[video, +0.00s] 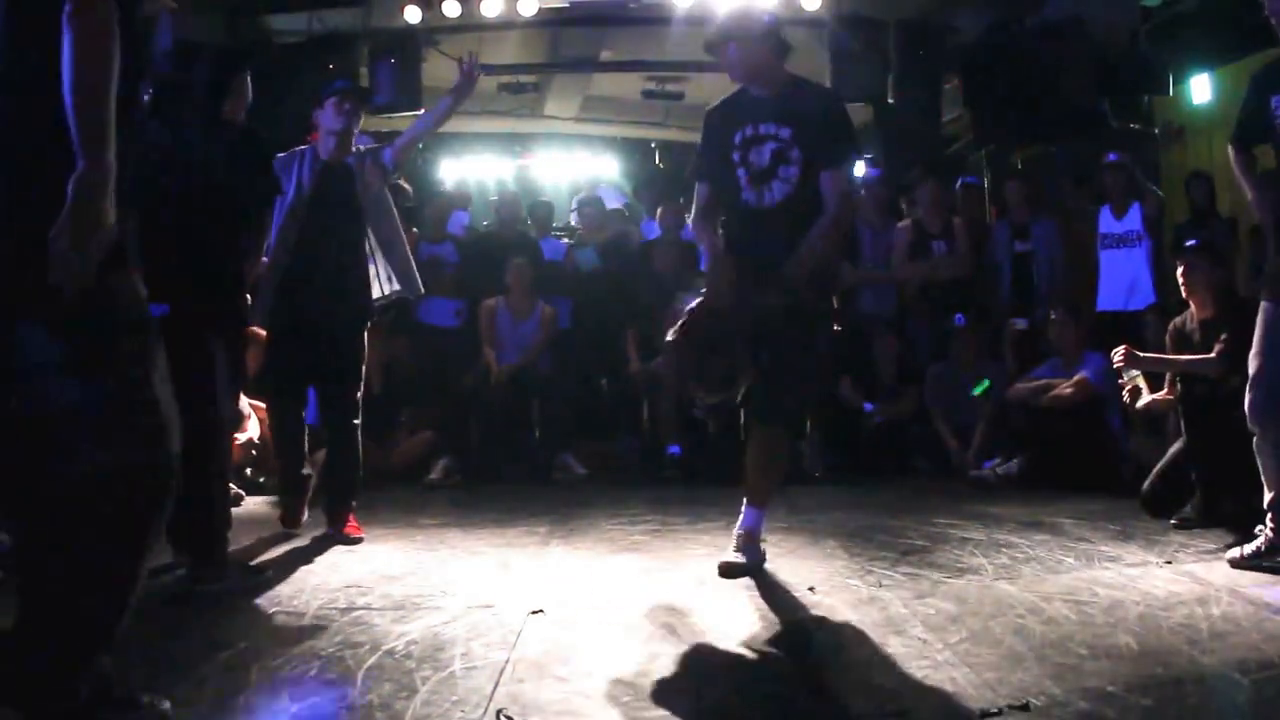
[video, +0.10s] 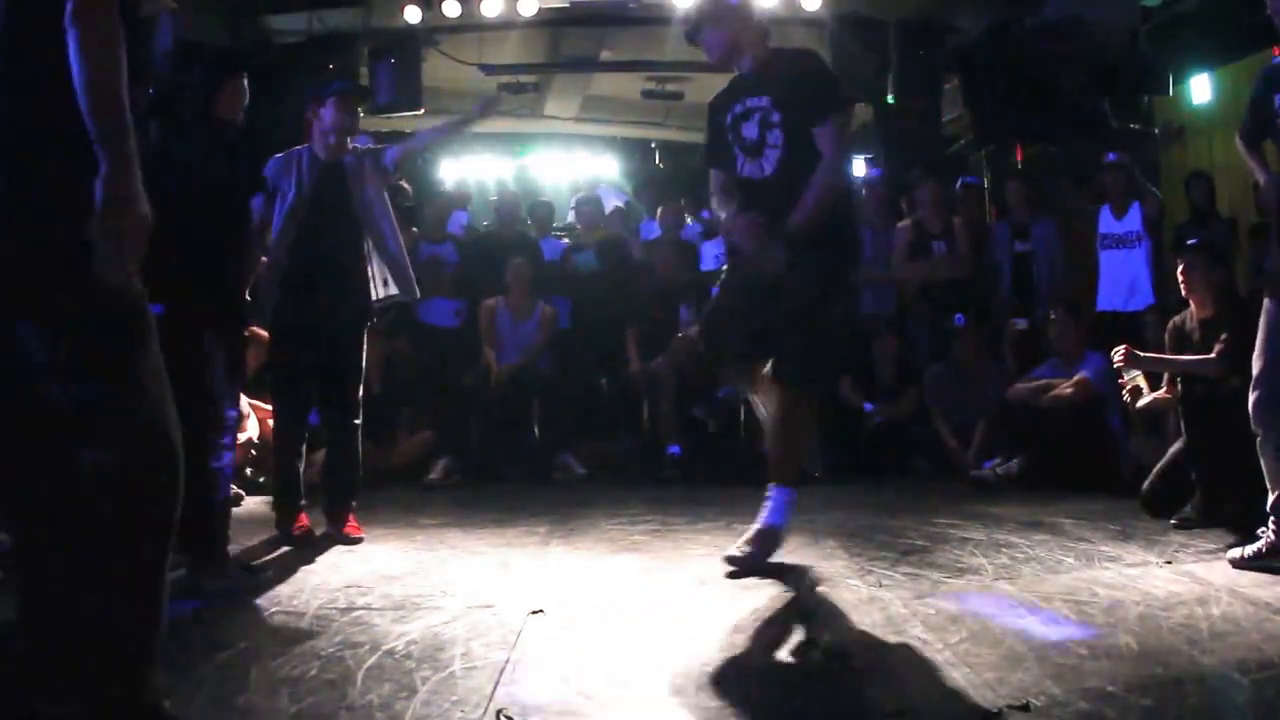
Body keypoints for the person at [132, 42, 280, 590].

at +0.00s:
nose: (249, 103)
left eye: (248, 95)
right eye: (244, 94)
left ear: (206, 96)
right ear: (229, 96)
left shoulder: (168, 141)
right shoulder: (243, 147)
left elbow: (147, 218)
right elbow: (254, 226)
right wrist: (246, 272)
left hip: (171, 289)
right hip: (213, 293)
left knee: (193, 417)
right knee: (213, 420)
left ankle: (187, 534)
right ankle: (205, 546)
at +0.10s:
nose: (245, 102)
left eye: (245, 92)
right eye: (238, 92)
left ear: (208, 96)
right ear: (215, 95)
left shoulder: (174, 144)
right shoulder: (223, 149)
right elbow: (230, 235)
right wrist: (234, 300)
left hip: (183, 300)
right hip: (203, 305)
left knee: (195, 426)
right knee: (210, 430)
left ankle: (190, 544)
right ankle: (206, 552)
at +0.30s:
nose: (245, 109)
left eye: (244, 99)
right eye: (237, 99)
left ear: (207, 101)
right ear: (215, 99)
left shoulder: (185, 147)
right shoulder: (206, 150)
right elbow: (212, 239)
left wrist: (241, 316)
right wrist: (234, 318)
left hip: (188, 307)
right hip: (196, 310)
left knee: (192, 427)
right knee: (210, 426)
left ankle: (194, 545)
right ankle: (201, 549)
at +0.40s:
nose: (246, 105)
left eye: (244, 93)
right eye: (237, 94)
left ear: (213, 97)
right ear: (210, 98)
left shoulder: (197, 149)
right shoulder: (196, 152)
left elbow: (214, 249)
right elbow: (209, 249)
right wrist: (228, 329)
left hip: (194, 312)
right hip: (190, 315)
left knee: (190, 430)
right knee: (195, 429)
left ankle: (189, 540)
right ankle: (191, 545)